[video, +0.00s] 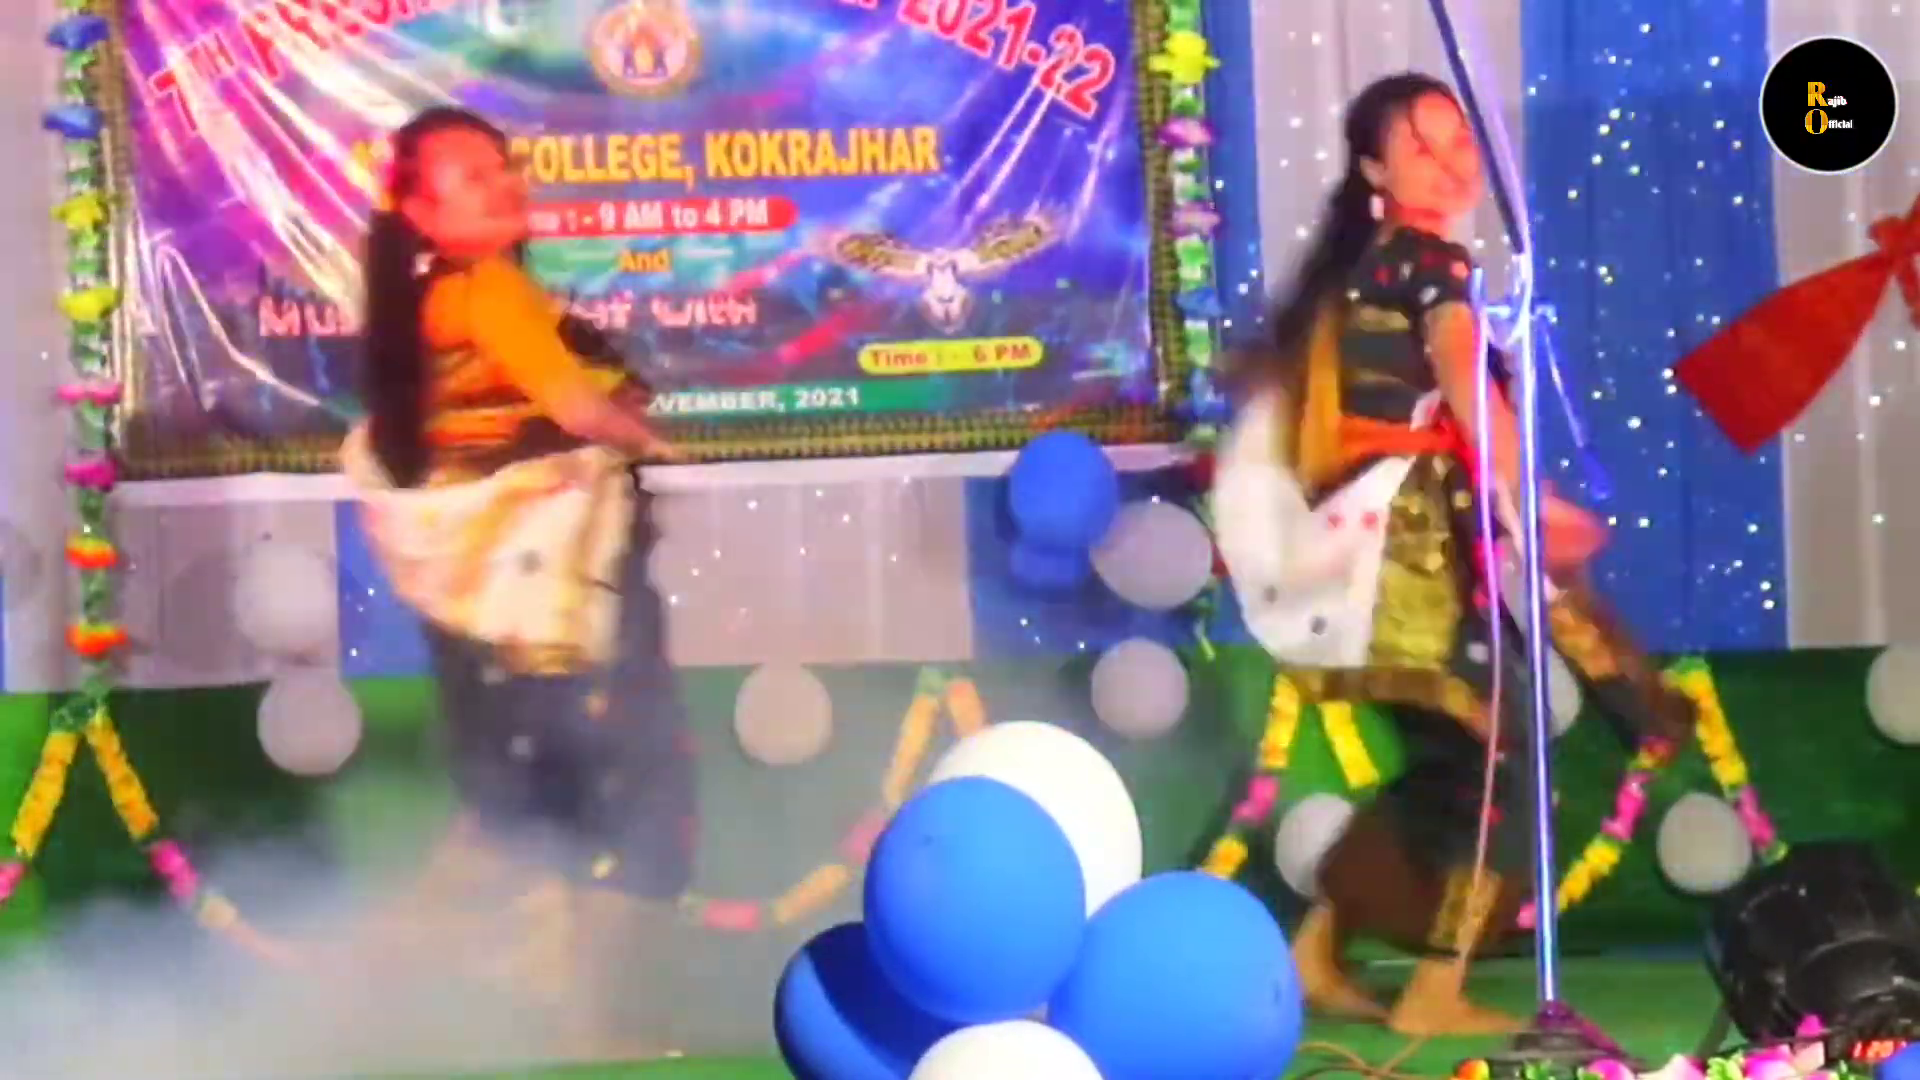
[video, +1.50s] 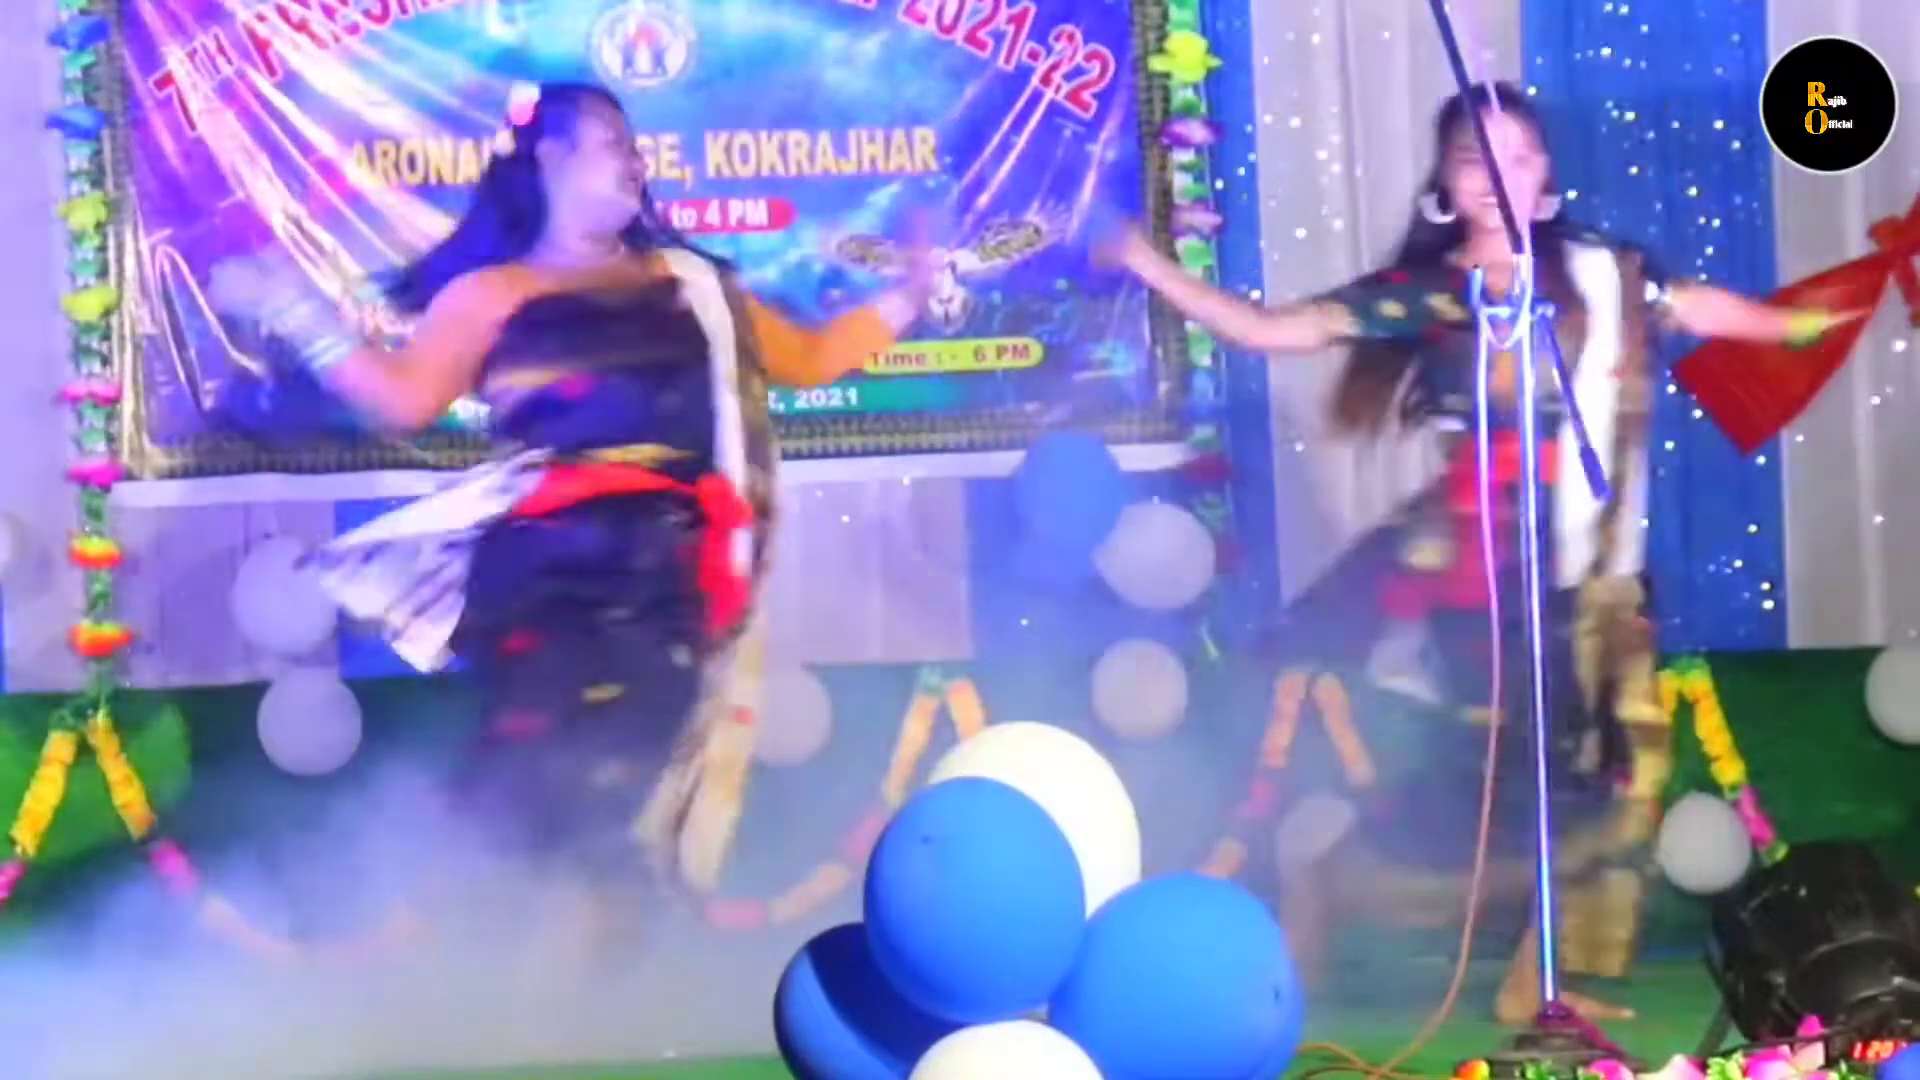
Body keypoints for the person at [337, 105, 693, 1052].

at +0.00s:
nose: (504, 186)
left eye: (501, 166)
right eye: (472, 178)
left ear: (510, 173)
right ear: (422, 213)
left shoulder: (428, 298)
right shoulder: (490, 292)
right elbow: (573, 405)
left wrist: (587, 383)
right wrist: (645, 436)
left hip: (481, 607)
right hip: (559, 609)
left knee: (511, 803)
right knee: (633, 810)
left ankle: (381, 969)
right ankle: (592, 1026)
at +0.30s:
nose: (581, 107)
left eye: (590, 91)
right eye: (550, 100)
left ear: (615, 111)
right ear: (505, 141)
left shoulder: (645, 236)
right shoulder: (522, 218)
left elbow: (758, 299)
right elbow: (472, 285)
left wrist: (845, 304)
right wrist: (438, 231)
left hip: (690, 502)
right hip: (605, 511)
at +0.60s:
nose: (591, 128)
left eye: (607, 110)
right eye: (582, 112)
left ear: (660, 104)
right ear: (569, 120)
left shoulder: (734, 184)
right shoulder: (553, 206)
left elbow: (721, 243)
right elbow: (464, 287)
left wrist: (634, 178)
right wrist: (544, 207)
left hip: (696, 470)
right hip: (572, 476)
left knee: (712, 696)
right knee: (590, 708)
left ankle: (728, 924)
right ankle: (642, 936)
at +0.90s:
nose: (560, 174)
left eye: (572, 154)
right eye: (567, 153)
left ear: (610, 166)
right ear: (649, 168)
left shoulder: (632, 280)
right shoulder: (649, 272)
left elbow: (569, 377)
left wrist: (470, 450)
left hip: (606, 566)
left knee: (577, 777)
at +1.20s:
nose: (494, 121)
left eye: (514, 102)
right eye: (498, 100)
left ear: (571, 115)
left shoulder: (619, 209)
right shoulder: (505, 236)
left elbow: (648, 226)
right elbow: (477, 289)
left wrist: (592, 167)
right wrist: (420, 234)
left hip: (591, 488)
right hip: (500, 493)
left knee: (595, 691)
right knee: (504, 703)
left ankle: (611, 890)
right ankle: (529, 873)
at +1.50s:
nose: (632, 163)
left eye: (632, 147)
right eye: (608, 146)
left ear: (638, 164)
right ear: (544, 162)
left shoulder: (693, 284)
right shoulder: (494, 292)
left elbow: (814, 358)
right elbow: (404, 400)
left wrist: (912, 294)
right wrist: (306, 319)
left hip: (676, 584)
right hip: (550, 577)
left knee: (618, 840)